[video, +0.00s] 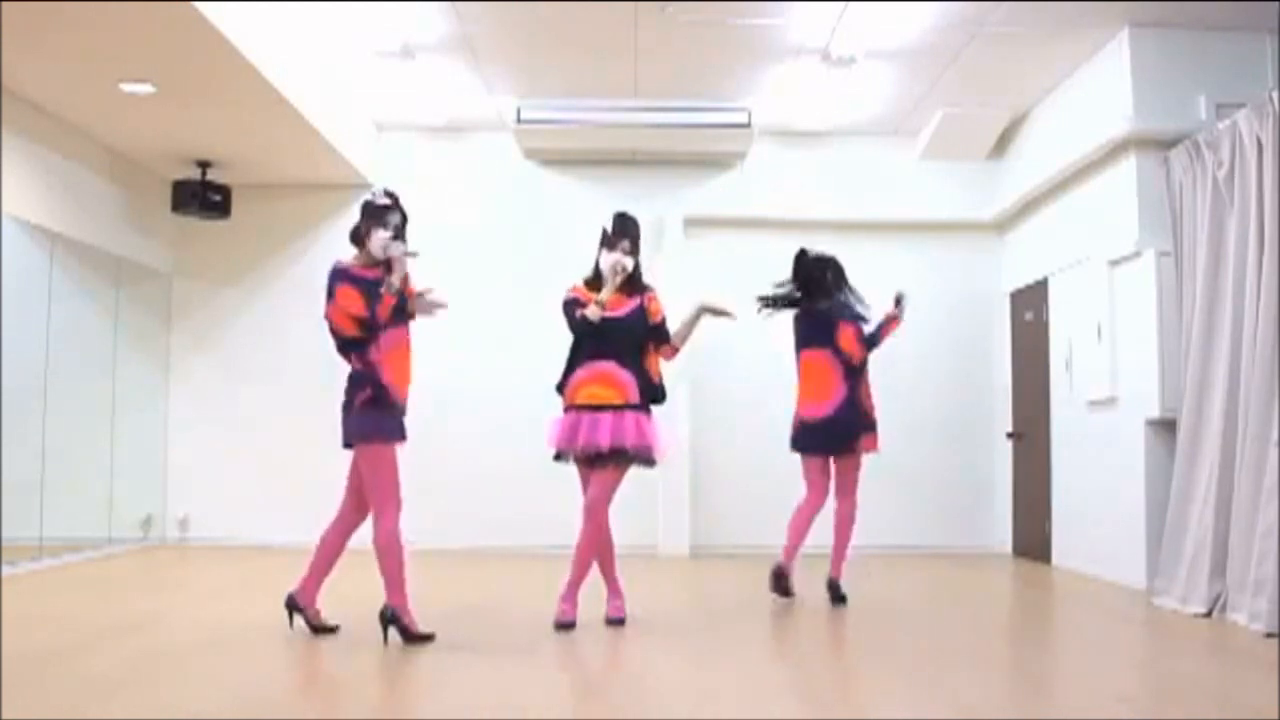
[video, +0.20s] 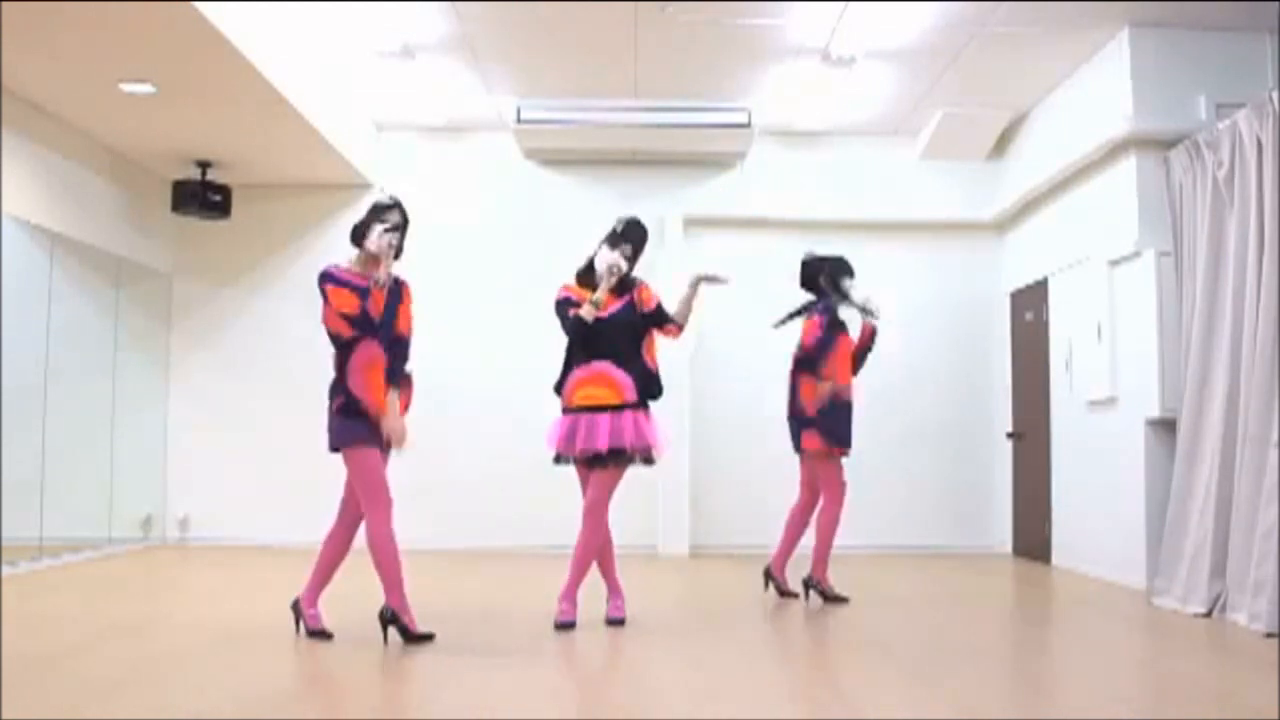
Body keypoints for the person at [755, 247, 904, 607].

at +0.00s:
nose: (842, 283)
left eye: (837, 278)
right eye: (839, 277)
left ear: (802, 284)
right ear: (835, 280)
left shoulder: (801, 318)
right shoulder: (841, 315)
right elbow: (856, 353)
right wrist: (888, 324)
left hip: (808, 417)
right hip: (846, 416)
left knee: (815, 493)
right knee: (846, 496)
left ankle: (785, 563)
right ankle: (835, 575)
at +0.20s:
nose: (850, 287)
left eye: (849, 280)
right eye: (844, 280)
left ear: (825, 282)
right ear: (828, 282)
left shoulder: (834, 321)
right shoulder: (820, 317)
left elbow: (849, 369)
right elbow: (804, 360)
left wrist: (867, 334)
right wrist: (825, 386)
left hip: (820, 417)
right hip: (815, 417)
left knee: (809, 494)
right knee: (833, 491)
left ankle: (777, 566)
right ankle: (818, 573)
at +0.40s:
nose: (845, 289)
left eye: (850, 282)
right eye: (838, 281)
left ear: (857, 286)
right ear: (824, 282)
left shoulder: (852, 325)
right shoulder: (803, 313)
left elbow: (859, 377)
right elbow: (758, 342)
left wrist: (861, 428)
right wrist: (787, 368)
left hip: (830, 415)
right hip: (797, 409)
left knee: (808, 491)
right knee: (815, 487)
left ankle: (778, 566)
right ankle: (818, 571)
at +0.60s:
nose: (838, 289)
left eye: (846, 282)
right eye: (833, 280)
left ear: (855, 288)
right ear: (822, 282)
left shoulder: (863, 328)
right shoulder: (796, 315)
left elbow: (904, 332)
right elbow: (753, 342)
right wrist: (782, 371)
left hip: (834, 417)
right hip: (796, 412)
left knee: (813, 491)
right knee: (810, 490)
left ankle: (800, 569)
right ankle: (819, 574)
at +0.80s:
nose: (832, 299)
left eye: (839, 293)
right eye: (827, 290)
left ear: (848, 291)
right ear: (817, 286)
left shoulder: (859, 315)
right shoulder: (793, 314)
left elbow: (897, 304)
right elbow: (751, 351)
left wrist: (876, 274)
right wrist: (767, 385)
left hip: (834, 412)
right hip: (795, 411)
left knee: (816, 493)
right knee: (810, 490)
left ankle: (801, 569)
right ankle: (818, 573)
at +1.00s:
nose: (829, 288)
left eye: (837, 283)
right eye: (825, 279)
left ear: (845, 289)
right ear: (814, 280)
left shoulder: (858, 318)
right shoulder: (790, 317)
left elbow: (898, 301)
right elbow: (786, 363)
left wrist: (873, 268)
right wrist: (801, 395)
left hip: (834, 415)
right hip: (794, 412)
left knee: (816, 491)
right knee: (809, 486)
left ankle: (802, 570)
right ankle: (802, 572)